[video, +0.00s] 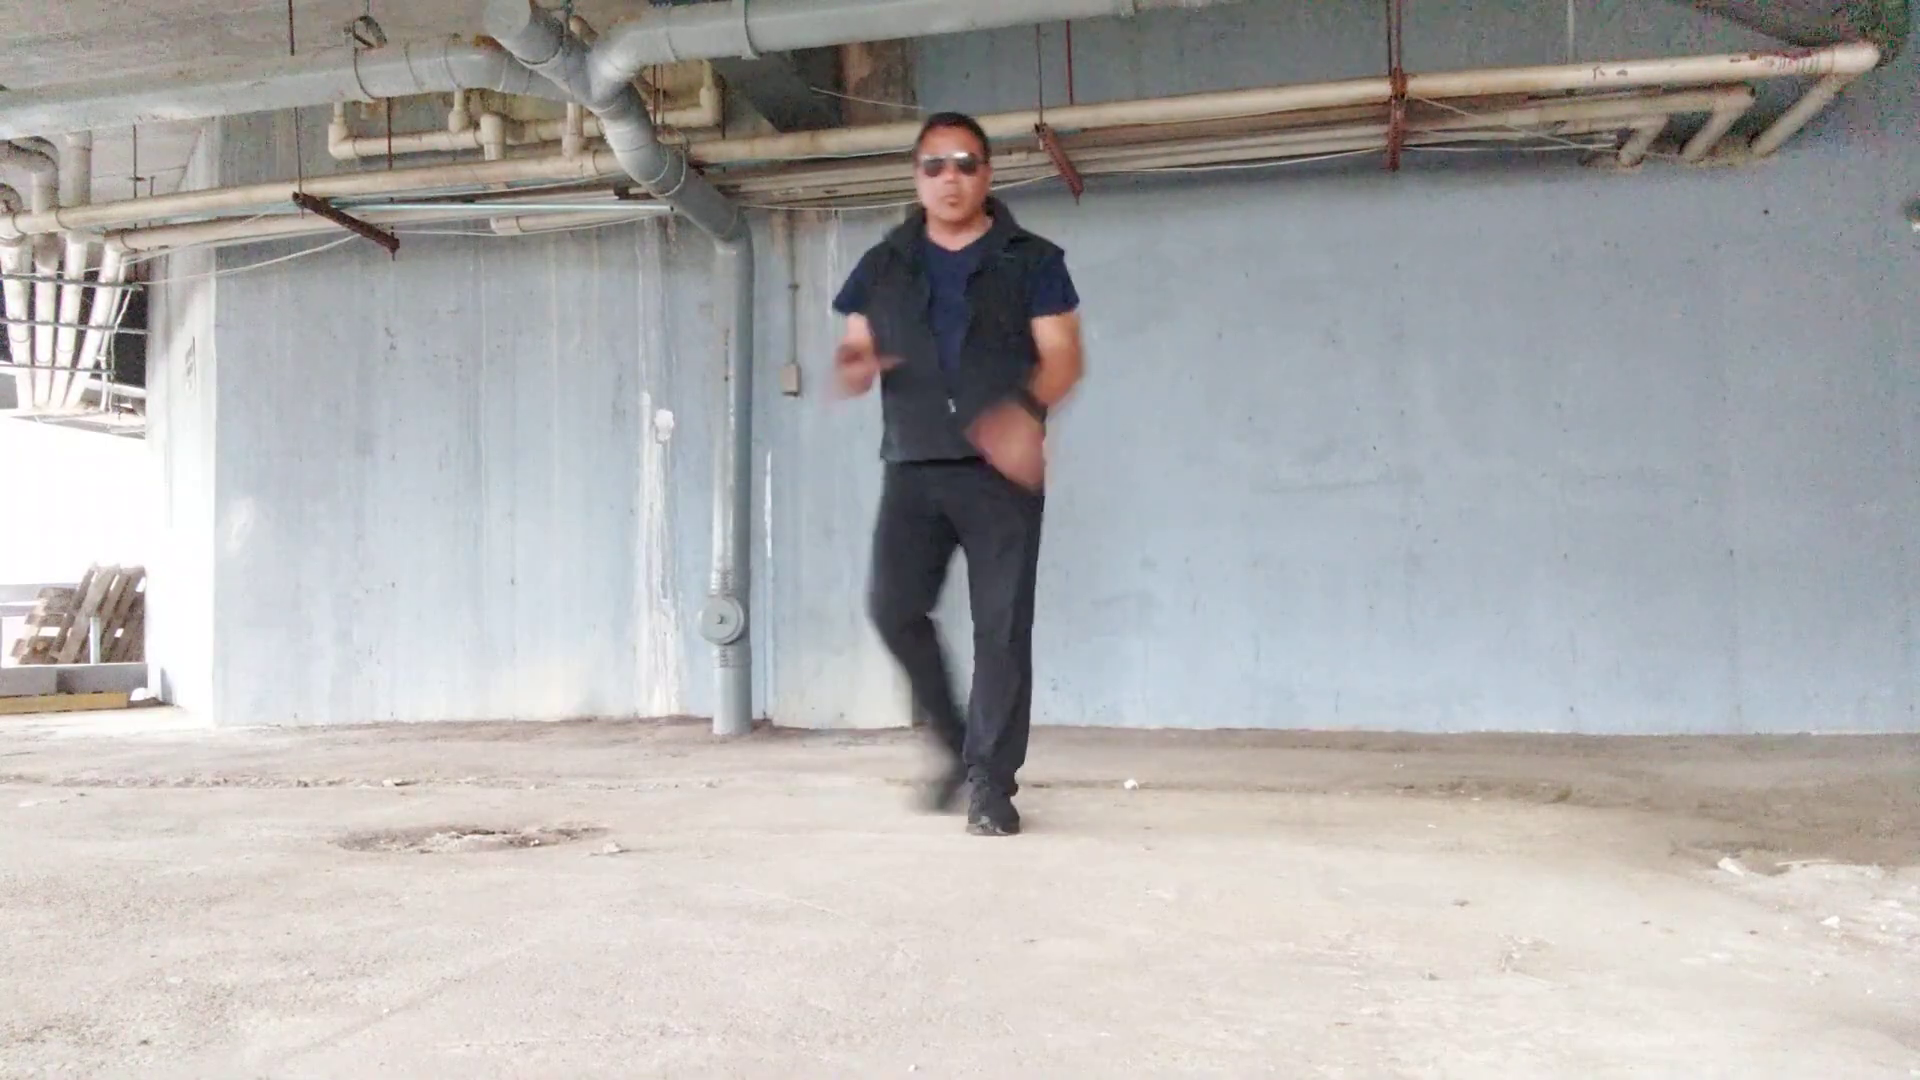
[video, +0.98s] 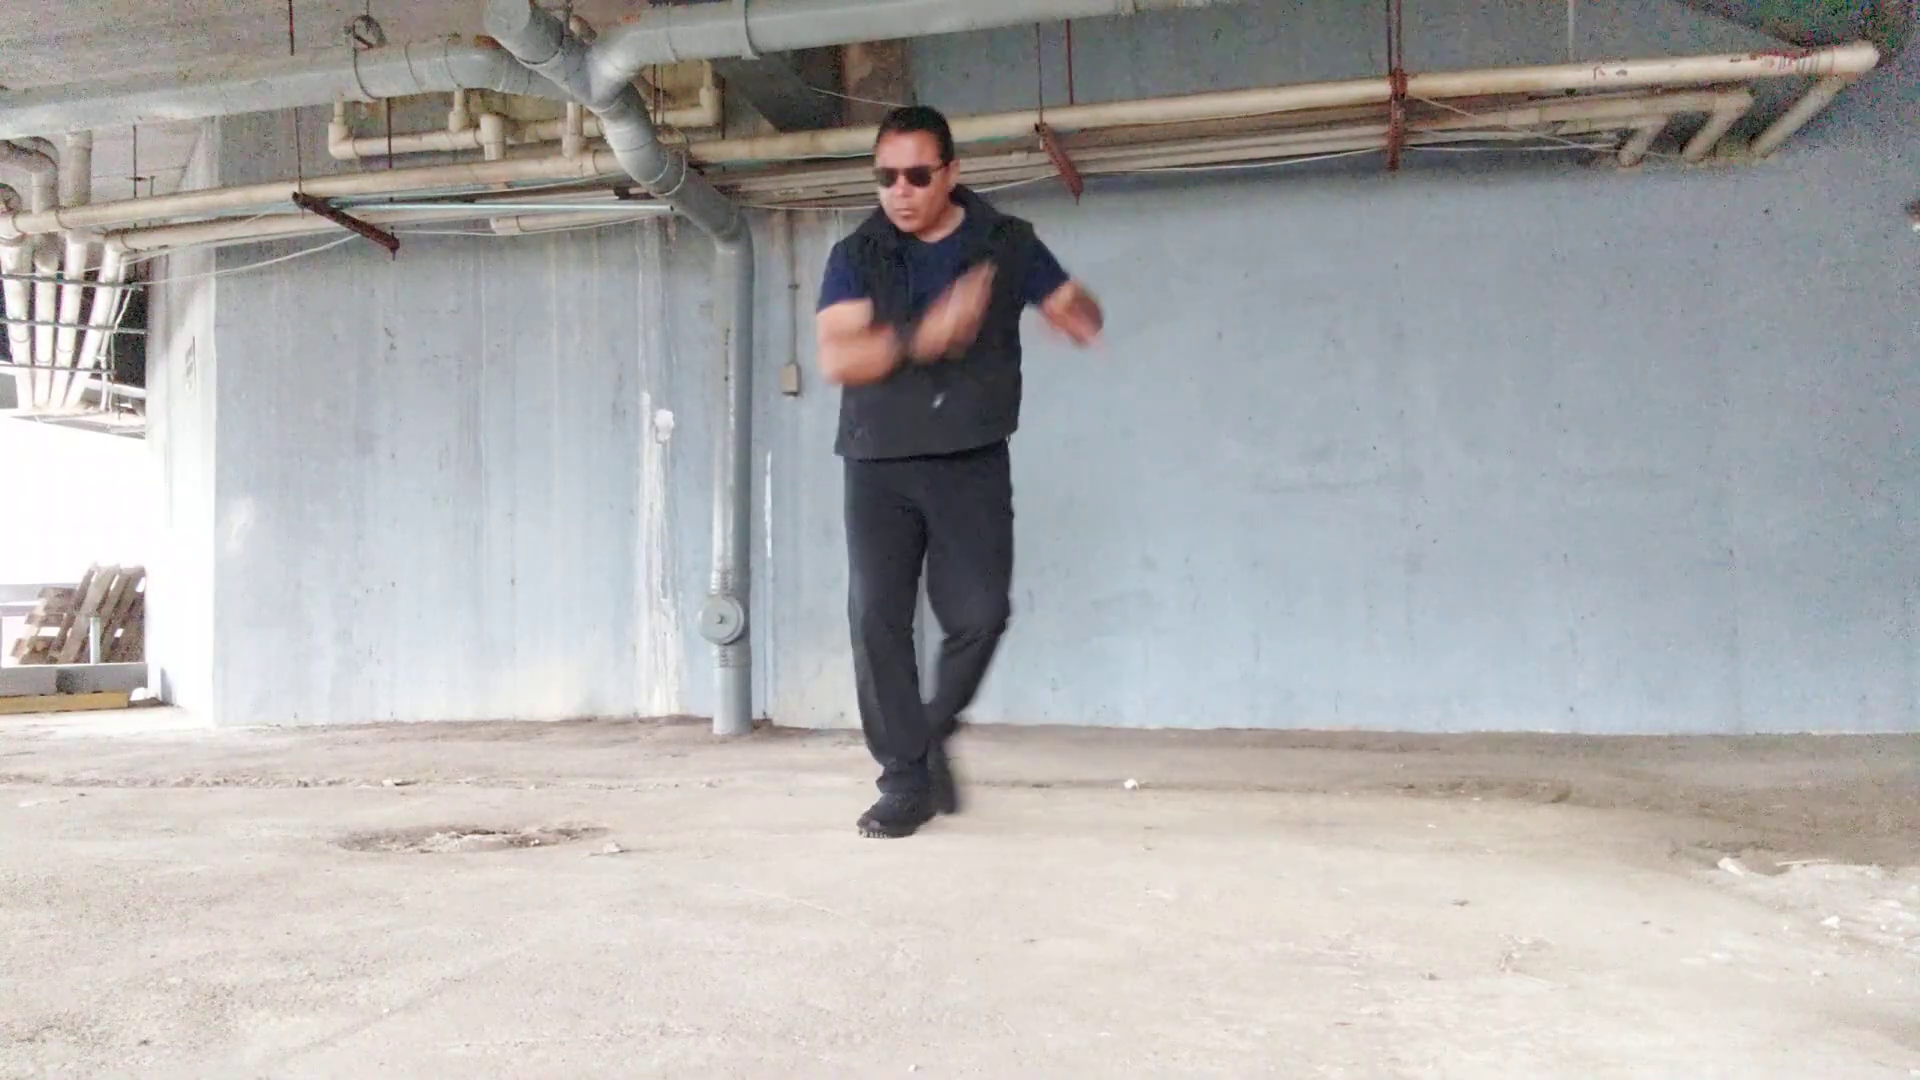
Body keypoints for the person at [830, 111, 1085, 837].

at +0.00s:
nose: (950, 177)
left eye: (965, 165)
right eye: (935, 166)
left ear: (987, 177)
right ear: (915, 180)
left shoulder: (1032, 260)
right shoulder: (885, 263)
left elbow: (1062, 359)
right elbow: (857, 362)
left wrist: (1027, 412)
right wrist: (853, 370)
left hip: (1001, 473)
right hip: (914, 472)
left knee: (1001, 629)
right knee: (894, 608)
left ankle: (992, 781)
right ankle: (961, 745)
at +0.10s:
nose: (967, 177)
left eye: (983, 165)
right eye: (953, 165)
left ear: (1004, 176)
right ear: (933, 175)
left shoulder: (1043, 257)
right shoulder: (908, 249)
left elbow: (1104, 345)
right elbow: (847, 310)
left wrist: (1143, 431)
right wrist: (934, 292)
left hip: (1006, 464)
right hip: (928, 466)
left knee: (992, 618)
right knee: (949, 624)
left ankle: (997, 789)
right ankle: (1059, 739)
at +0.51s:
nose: (1029, 180)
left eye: (1038, 166)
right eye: (1011, 167)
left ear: (1049, 173)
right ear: (971, 176)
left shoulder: (1071, 256)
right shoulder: (926, 249)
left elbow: (1103, 353)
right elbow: (872, 336)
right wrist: (885, 373)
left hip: (1034, 470)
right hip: (944, 470)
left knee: (1045, 617)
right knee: (914, 599)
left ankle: (1062, 780)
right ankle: (944, 769)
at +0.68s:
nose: (1033, 173)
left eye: (1037, 160)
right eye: (1017, 162)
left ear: (1038, 159)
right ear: (967, 164)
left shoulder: (1051, 225)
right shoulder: (912, 219)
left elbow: (1071, 308)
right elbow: (809, 231)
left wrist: (978, 285)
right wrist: (838, 261)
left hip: (1025, 457)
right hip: (930, 457)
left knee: (1047, 619)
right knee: (913, 621)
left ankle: (1063, 780)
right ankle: (903, 789)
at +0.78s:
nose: (989, 175)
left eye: (999, 160)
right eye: (972, 161)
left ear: (1008, 160)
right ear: (932, 163)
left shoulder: (1031, 235)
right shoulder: (891, 220)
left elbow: (1073, 332)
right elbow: (780, 214)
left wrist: (1025, 347)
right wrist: (865, 212)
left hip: (1002, 461)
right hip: (910, 460)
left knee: (1028, 617)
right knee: (909, 623)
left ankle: (1054, 776)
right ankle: (909, 785)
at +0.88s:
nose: (928, 180)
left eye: (943, 166)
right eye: (913, 167)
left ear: (971, 167)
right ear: (895, 170)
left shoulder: (1016, 247)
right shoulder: (873, 232)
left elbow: (1058, 333)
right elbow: (821, 281)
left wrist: (1078, 372)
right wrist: (926, 249)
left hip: (983, 461)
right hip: (890, 462)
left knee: (1001, 606)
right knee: (890, 619)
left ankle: (1006, 745)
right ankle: (906, 783)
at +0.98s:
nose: (900, 192)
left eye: (916, 177)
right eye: (888, 178)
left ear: (952, 173)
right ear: (876, 177)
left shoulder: (1001, 240)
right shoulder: (858, 250)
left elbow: (1079, 315)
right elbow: (837, 360)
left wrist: (1076, 316)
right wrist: (922, 337)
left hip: (970, 465)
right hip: (878, 468)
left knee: (979, 615)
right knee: (876, 619)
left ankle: (929, 735)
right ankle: (904, 780)